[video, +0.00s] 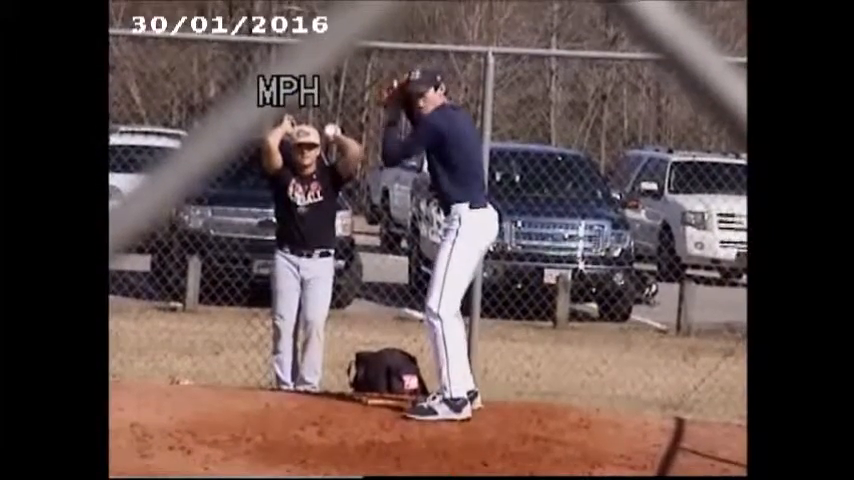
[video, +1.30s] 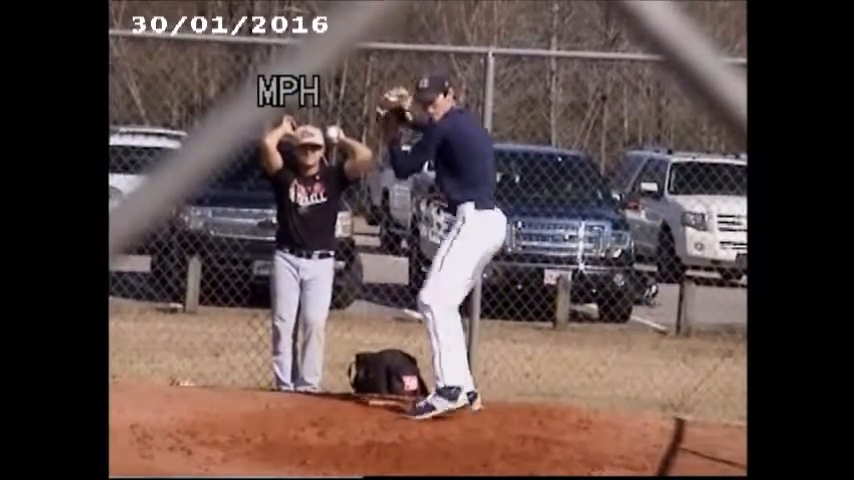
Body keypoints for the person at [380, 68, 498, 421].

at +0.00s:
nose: (417, 104)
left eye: (420, 97)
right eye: (415, 98)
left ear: (439, 91)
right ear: (435, 95)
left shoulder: (435, 123)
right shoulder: (457, 116)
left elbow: (393, 156)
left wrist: (391, 114)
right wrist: (403, 106)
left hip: (466, 219)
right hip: (478, 215)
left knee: (439, 308)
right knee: (445, 307)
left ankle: (454, 394)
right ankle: (462, 389)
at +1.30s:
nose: (427, 111)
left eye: (431, 103)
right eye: (424, 105)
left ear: (450, 96)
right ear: (447, 100)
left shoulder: (443, 128)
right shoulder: (467, 121)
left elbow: (403, 168)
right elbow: (434, 131)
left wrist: (391, 134)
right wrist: (408, 118)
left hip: (474, 219)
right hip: (490, 218)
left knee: (433, 298)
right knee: (443, 302)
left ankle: (451, 386)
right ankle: (463, 386)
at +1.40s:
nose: (428, 107)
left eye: (429, 101)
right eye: (425, 102)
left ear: (446, 91)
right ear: (450, 91)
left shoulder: (441, 124)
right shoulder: (474, 112)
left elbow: (399, 159)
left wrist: (397, 120)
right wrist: (417, 96)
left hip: (474, 214)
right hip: (497, 216)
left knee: (412, 274)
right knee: (449, 293)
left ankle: (444, 355)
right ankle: (461, 383)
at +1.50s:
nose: (424, 108)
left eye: (426, 102)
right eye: (421, 104)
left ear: (445, 92)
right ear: (448, 93)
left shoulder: (439, 124)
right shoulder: (474, 112)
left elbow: (394, 156)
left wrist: (411, 122)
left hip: (476, 213)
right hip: (500, 216)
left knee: (401, 251)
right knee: (461, 302)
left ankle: (439, 325)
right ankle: (462, 387)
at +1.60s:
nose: (419, 103)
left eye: (423, 96)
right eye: (417, 98)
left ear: (442, 91)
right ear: (445, 93)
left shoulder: (436, 121)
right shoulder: (472, 116)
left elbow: (393, 160)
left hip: (475, 211)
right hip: (503, 214)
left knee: (396, 234)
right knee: (461, 302)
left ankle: (422, 314)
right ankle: (462, 385)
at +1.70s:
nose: (423, 111)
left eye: (428, 104)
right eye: (420, 105)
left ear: (446, 101)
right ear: (448, 104)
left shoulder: (439, 129)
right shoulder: (470, 126)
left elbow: (396, 171)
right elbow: (454, 183)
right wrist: (429, 185)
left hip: (478, 220)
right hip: (505, 226)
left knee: (397, 241)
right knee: (458, 302)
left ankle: (395, 329)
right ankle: (460, 388)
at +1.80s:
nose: (426, 120)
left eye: (432, 114)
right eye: (425, 114)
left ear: (451, 113)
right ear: (454, 116)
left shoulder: (444, 139)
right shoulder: (475, 141)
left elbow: (391, 162)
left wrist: (356, 182)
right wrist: (443, 190)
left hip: (479, 230)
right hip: (505, 238)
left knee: (397, 264)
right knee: (443, 301)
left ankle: (364, 349)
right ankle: (458, 387)